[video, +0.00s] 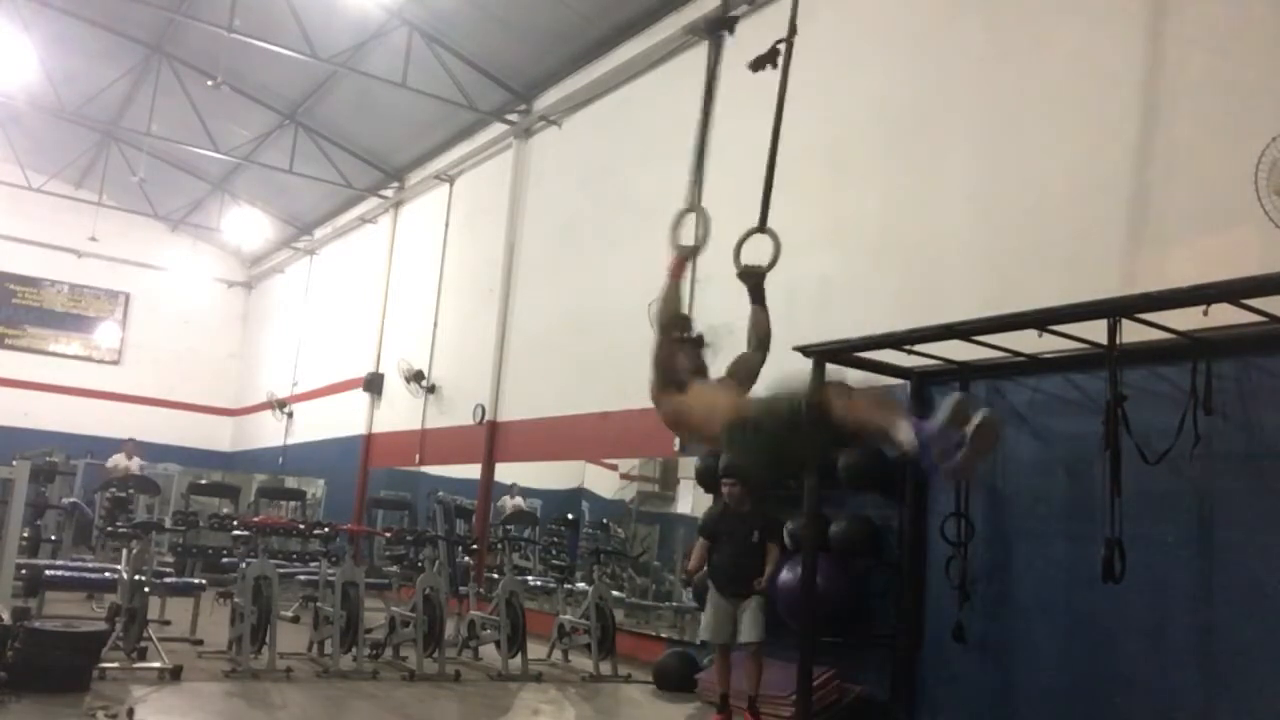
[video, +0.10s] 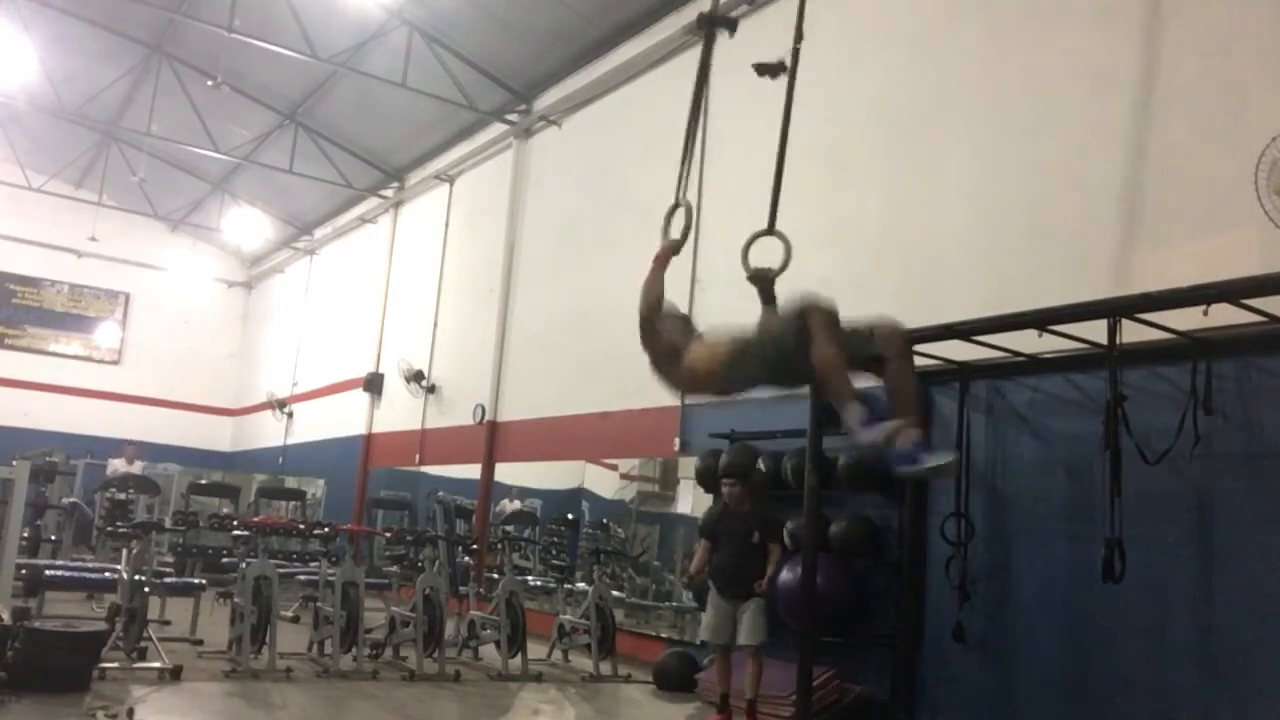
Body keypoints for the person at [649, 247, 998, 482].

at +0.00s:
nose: (695, 350)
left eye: (696, 343)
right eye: (684, 344)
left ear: (699, 350)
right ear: (667, 355)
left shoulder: (725, 387)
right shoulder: (671, 397)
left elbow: (757, 347)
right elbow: (666, 331)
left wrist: (756, 291)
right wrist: (676, 273)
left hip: (769, 443)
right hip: (745, 443)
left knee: (853, 412)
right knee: (828, 398)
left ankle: (944, 453)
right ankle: (917, 432)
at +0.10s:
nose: (682, 322)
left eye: (683, 319)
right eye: (673, 320)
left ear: (689, 325)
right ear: (659, 334)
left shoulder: (711, 350)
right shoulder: (673, 363)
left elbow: (768, 339)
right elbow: (648, 316)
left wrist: (766, 294)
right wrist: (659, 262)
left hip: (786, 359)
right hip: (751, 363)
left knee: (890, 338)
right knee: (816, 311)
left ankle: (908, 445)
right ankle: (856, 419)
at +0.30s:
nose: (716, 203)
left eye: (723, 196)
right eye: (710, 195)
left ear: (734, 201)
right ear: (698, 199)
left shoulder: (742, 238)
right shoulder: (684, 237)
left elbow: (762, 277)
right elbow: (645, 277)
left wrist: (728, 262)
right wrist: (675, 256)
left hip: (783, 321)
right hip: (748, 314)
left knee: (861, 309)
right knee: (816, 271)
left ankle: (938, 353)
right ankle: (878, 313)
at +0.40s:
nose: (773, 194)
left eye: (778, 187)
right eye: (768, 184)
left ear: (781, 186)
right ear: (749, 176)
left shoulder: (774, 221)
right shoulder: (712, 200)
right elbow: (650, 206)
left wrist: (797, 263)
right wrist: (686, 216)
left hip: (760, 314)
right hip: (729, 310)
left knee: (841, 322)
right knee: (806, 295)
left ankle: (918, 293)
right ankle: (895, 279)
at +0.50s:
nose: (800, 215)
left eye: (805, 209)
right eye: (796, 207)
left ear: (808, 203)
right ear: (778, 193)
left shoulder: (799, 222)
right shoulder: (738, 194)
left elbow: (798, 277)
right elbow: (673, 177)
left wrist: (809, 245)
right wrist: (685, 225)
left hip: (754, 307)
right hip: (716, 306)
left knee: (818, 306)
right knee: (798, 309)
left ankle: (888, 329)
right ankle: (876, 326)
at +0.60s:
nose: (810, 232)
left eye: (816, 226)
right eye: (806, 223)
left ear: (823, 218)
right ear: (790, 204)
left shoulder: (812, 235)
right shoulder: (748, 197)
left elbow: (802, 275)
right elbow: (691, 173)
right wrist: (697, 221)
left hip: (753, 308)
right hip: (714, 304)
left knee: (802, 337)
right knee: (775, 338)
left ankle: (852, 407)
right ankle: (825, 413)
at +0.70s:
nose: (818, 230)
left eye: (826, 226)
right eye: (814, 221)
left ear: (834, 220)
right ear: (799, 202)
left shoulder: (824, 233)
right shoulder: (761, 198)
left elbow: (816, 275)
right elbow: (705, 171)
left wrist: (809, 260)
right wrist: (707, 222)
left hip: (760, 314)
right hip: (721, 308)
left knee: (796, 384)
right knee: (764, 382)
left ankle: (810, 481)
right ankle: (761, 485)